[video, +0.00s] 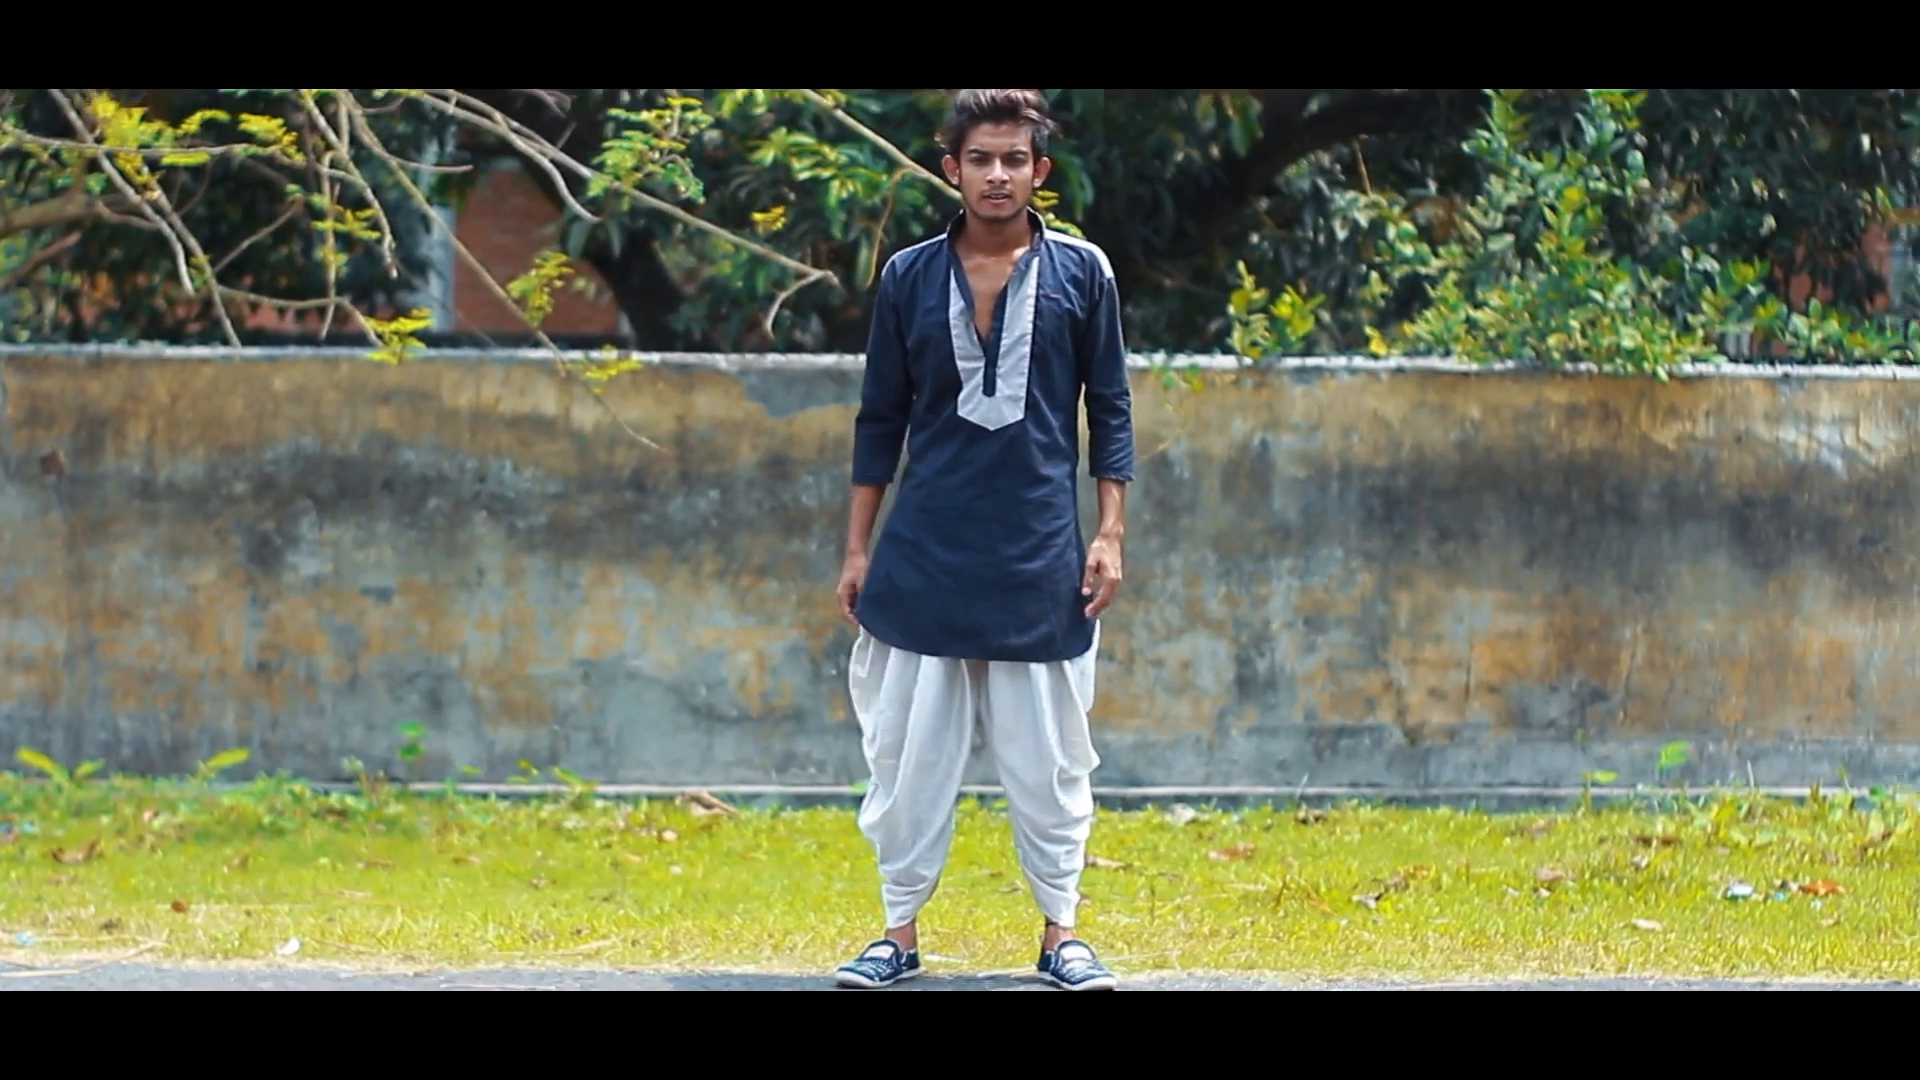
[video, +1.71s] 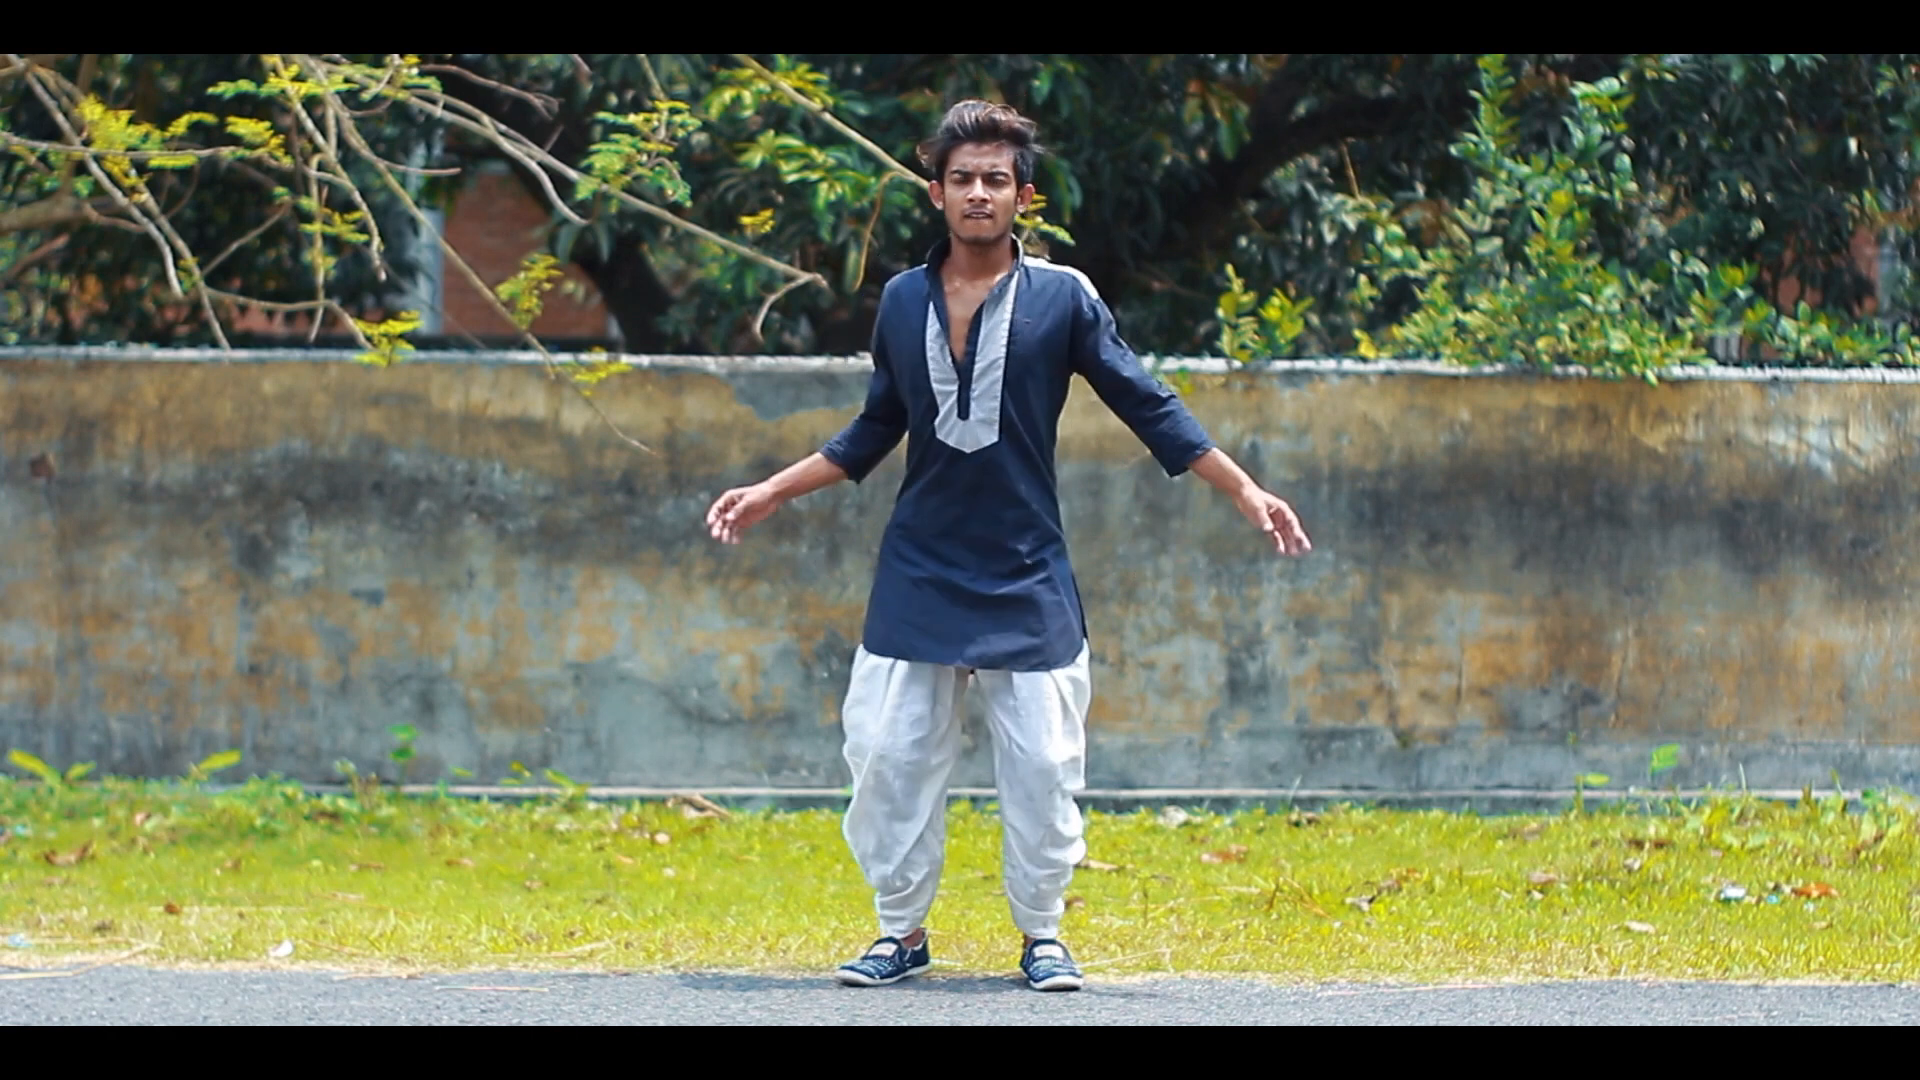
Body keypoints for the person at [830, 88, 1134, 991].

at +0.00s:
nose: (999, 175)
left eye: (1015, 159)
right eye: (983, 159)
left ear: (1039, 169)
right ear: (952, 167)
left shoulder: (1080, 270)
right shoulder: (908, 274)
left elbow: (1110, 409)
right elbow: (879, 418)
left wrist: (1109, 534)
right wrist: (858, 547)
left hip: (1039, 545)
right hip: (923, 543)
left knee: (1051, 749)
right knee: (905, 746)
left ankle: (1061, 938)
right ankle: (900, 938)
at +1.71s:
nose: (980, 194)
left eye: (997, 179)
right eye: (964, 178)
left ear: (1023, 193)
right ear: (938, 190)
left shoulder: (1063, 297)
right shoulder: (904, 298)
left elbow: (1148, 402)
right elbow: (878, 423)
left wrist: (1244, 489)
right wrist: (775, 488)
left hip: (1024, 561)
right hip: (920, 557)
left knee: (1042, 760)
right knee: (886, 750)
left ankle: (1042, 935)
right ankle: (902, 932)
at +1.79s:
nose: (981, 202)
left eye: (998, 187)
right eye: (966, 187)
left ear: (1025, 200)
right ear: (940, 198)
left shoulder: (1068, 298)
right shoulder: (908, 299)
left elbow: (1184, 363)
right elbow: (844, 388)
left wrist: (1314, 376)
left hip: (1025, 572)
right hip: (920, 568)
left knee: (1040, 763)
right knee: (878, 754)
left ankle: (1041, 936)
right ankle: (900, 937)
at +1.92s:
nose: (1005, 154)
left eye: (1020, 138)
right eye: (990, 138)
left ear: (1051, 142)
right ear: (966, 143)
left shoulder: (1093, 223)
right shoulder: (931, 220)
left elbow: (1170, 245)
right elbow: (835, 230)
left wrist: (1215, 242)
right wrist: (787, 209)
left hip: (1051, 515)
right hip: (949, 511)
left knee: (1026, 715)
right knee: (918, 720)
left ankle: (1016, 903)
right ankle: (939, 906)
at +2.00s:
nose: (1023, 145)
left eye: (1040, 129)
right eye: (1008, 130)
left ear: (1073, 132)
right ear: (985, 132)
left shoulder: (1110, 212)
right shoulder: (959, 205)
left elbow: (1155, 289)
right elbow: (837, 253)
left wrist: (1066, 287)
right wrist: (924, 246)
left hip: (1067, 491)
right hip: (973, 485)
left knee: (1017, 690)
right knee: (936, 695)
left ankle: (986, 892)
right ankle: (1022, 884)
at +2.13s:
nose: (1053, 186)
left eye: (1071, 168)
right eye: (1037, 169)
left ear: (1103, 183)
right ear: (1014, 180)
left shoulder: (1130, 288)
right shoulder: (987, 280)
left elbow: (1083, 404)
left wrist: (984, 339)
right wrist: (1030, 294)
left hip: (1097, 533)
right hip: (1001, 525)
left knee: (1010, 710)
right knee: (989, 726)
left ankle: (943, 924)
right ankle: (1095, 929)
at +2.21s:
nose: (1065, 208)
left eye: (1083, 194)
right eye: (1052, 194)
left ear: (1121, 205)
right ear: (1034, 205)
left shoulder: (1152, 297)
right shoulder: (1010, 293)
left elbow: (1149, 393)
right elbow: (914, 376)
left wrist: (1101, 291)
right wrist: (940, 264)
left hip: (1109, 555)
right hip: (1019, 547)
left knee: (1028, 746)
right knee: (1018, 756)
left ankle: (945, 937)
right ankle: (1095, 928)